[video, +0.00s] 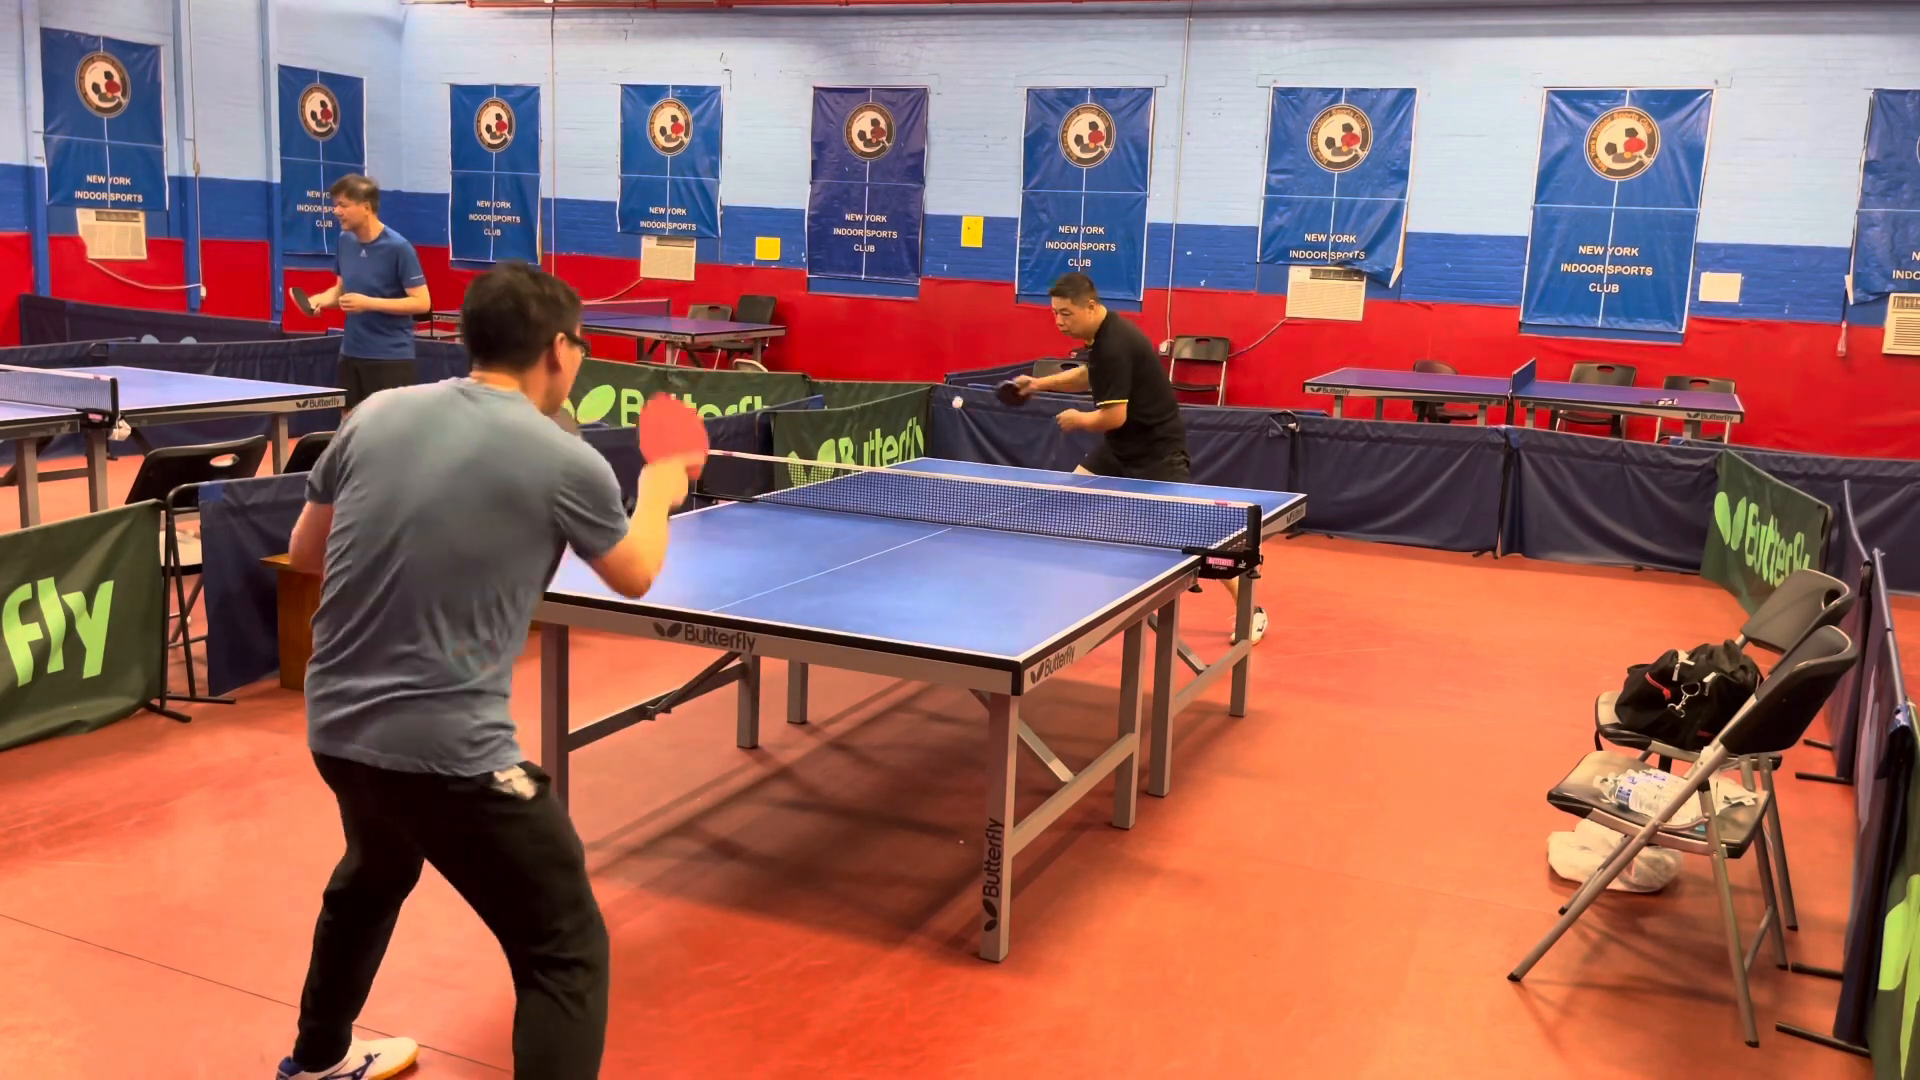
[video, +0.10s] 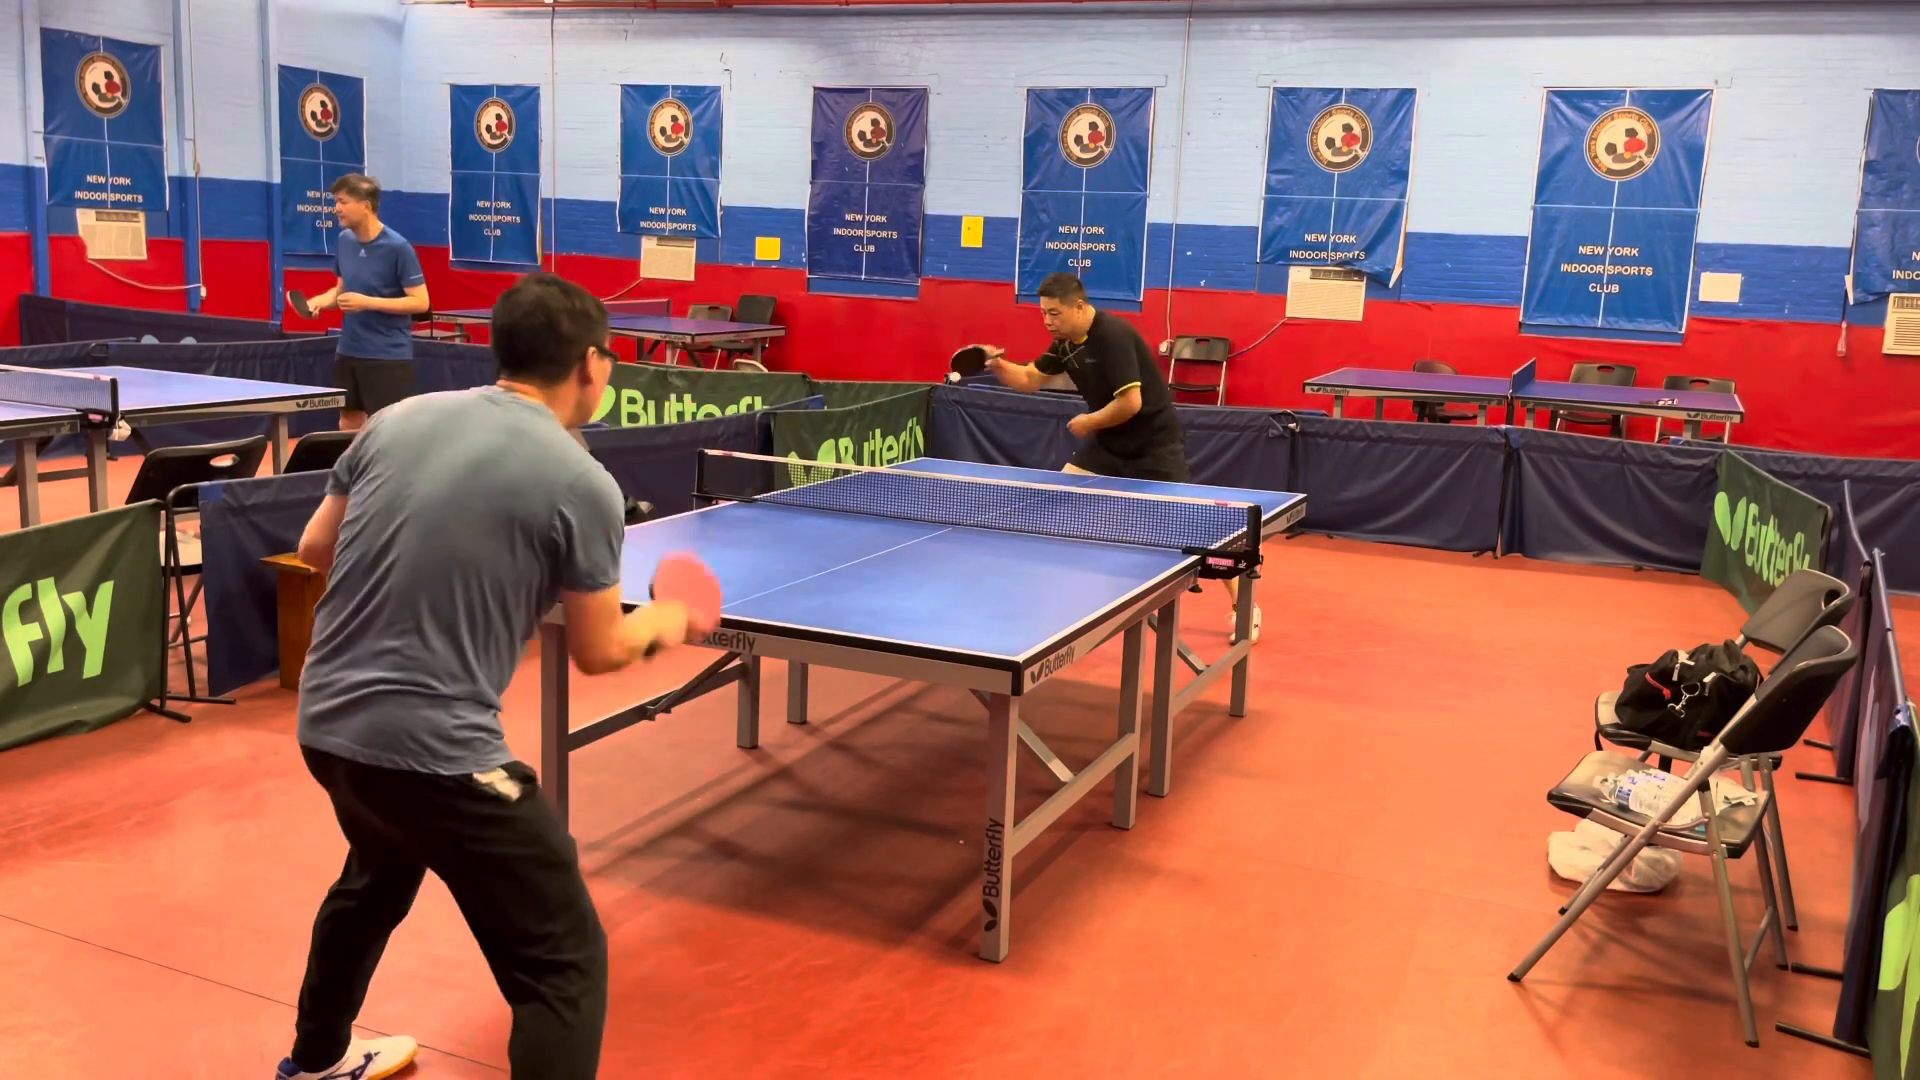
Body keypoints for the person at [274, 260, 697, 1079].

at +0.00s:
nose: (578, 360)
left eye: (576, 344)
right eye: (576, 344)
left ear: (472, 343)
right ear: (554, 349)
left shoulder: (374, 416)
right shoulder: (560, 458)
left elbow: (305, 554)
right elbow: (633, 574)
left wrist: (410, 548)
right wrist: (660, 490)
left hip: (339, 733)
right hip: (454, 750)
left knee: (375, 868)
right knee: (564, 952)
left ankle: (317, 1058)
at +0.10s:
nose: (606, 377)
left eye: (606, 360)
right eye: (605, 360)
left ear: (506, 356)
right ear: (583, 365)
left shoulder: (398, 419)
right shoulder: (580, 480)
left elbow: (316, 550)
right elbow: (597, 648)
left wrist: (423, 586)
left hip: (328, 729)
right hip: (441, 751)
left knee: (380, 865)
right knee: (563, 961)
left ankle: (316, 1056)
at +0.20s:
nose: (640, 392)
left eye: (642, 374)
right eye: (640, 373)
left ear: (541, 362)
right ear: (620, 377)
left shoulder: (436, 422)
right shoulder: (576, 488)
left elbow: (352, 537)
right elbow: (532, 667)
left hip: (317, 712)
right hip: (415, 742)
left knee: (373, 868)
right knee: (533, 958)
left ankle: (307, 1058)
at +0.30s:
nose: (656, 424)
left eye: (658, 405)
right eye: (658, 405)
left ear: (555, 387)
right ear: (632, 407)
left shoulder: (490, 445)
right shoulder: (537, 503)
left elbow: (435, 569)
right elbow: (451, 677)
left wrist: (537, 634)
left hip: (324, 727)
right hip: (382, 757)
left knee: (388, 892)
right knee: (528, 970)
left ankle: (275, 1062)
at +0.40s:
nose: (635, 432)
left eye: (638, 414)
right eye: (635, 414)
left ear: (541, 398)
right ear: (603, 416)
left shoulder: (481, 466)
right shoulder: (483, 505)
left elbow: (466, 608)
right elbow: (382, 659)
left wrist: (571, 653)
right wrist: (435, 798)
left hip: (357, 748)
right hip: (368, 771)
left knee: (418, 892)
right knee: (535, 952)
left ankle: (279, 1062)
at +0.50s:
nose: (584, 404)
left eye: (587, 385)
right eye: (583, 383)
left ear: (524, 374)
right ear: (540, 378)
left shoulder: (447, 443)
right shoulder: (433, 466)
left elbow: (434, 596)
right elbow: (395, 641)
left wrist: (540, 635)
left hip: (360, 731)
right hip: (364, 746)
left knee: (401, 887)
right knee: (504, 947)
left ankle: (276, 1063)